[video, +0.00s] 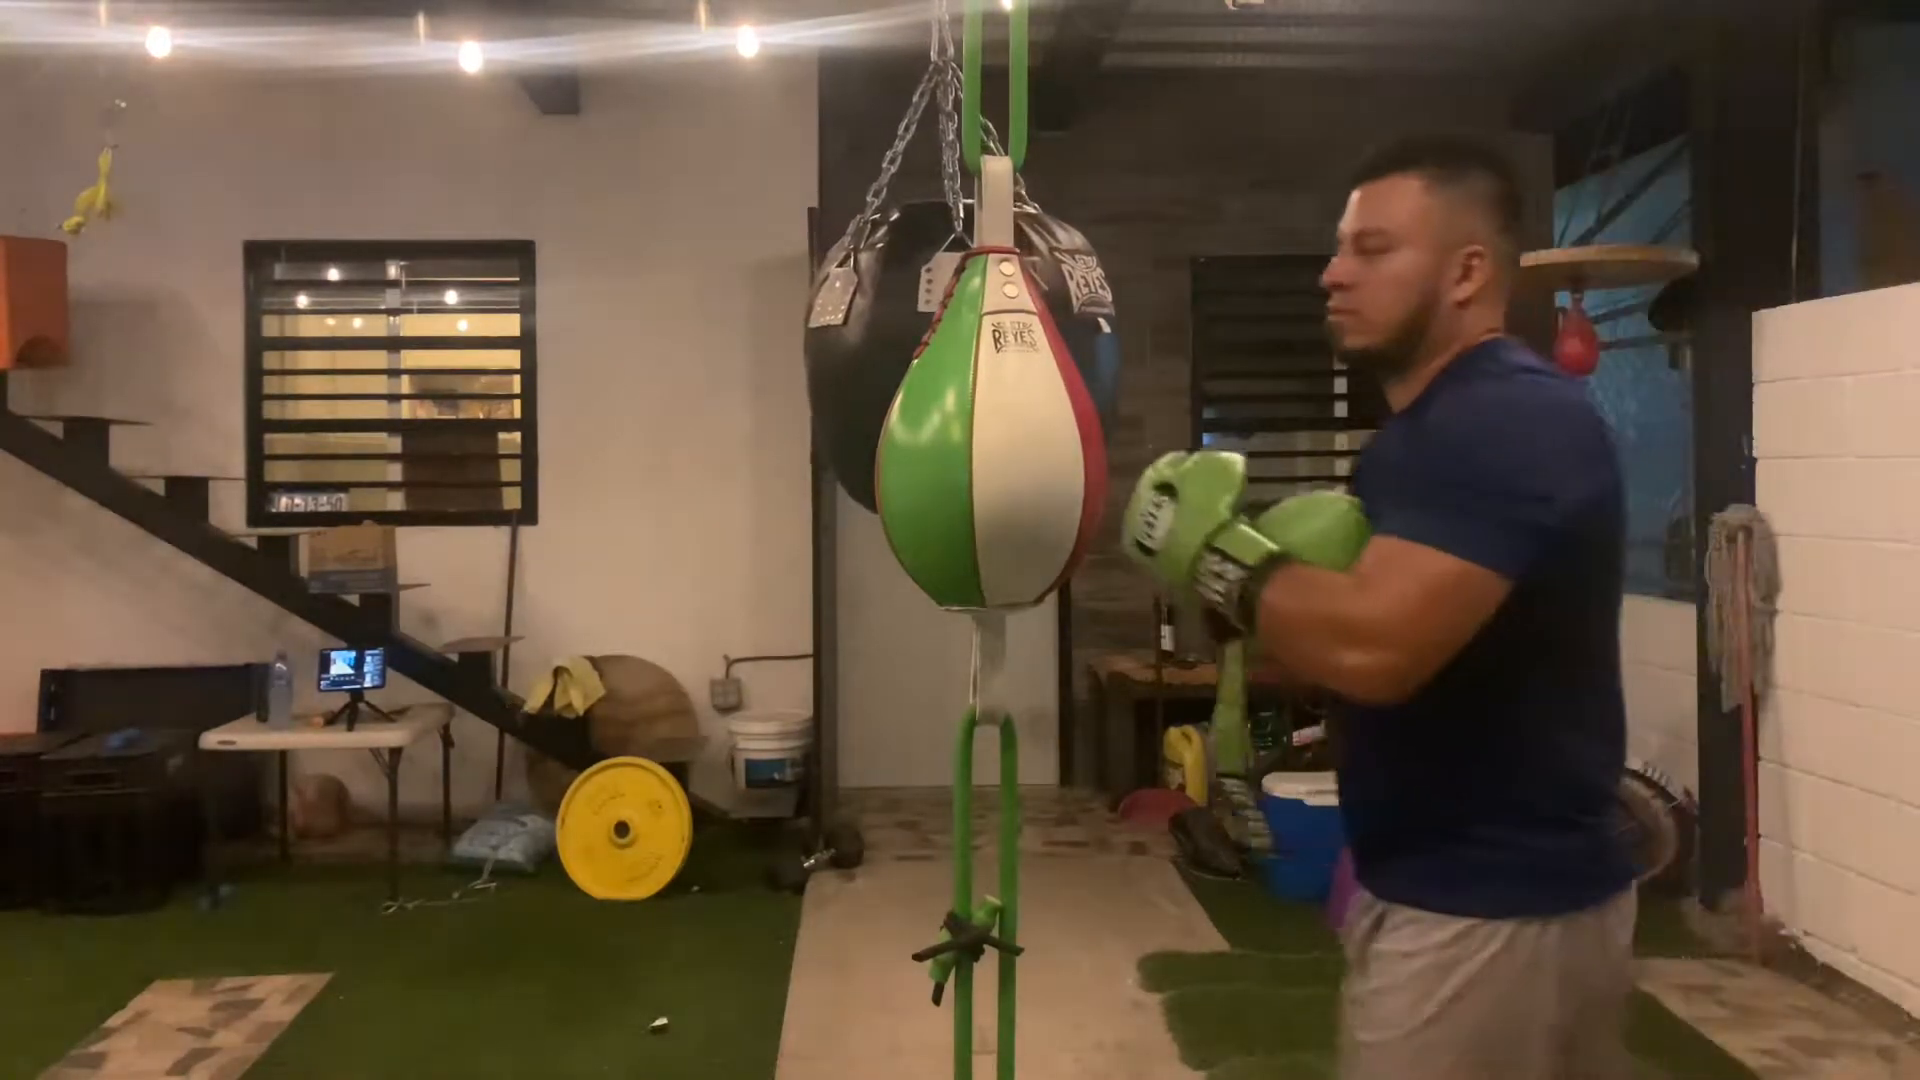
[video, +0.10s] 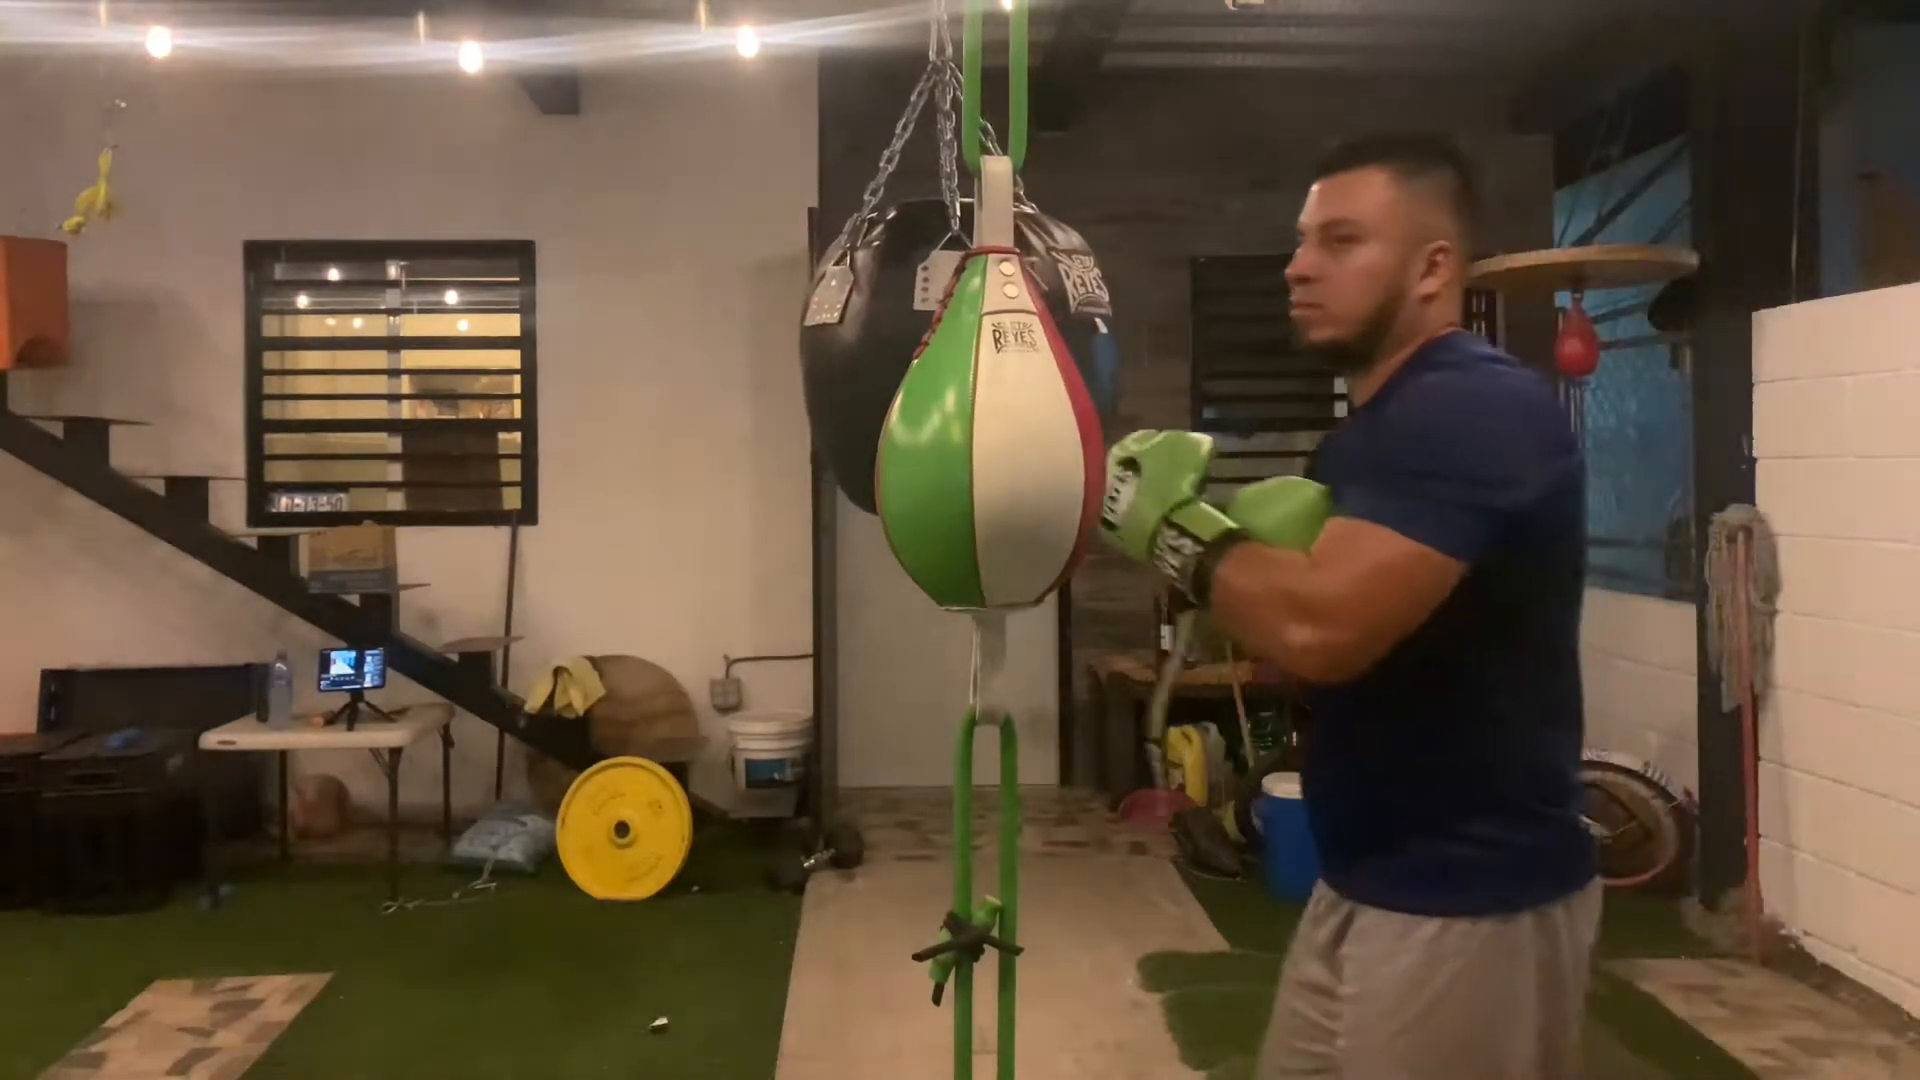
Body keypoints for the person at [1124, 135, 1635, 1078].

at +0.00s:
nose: (1333, 275)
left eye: (1371, 248)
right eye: (1338, 250)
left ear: (1467, 273)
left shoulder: (1508, 416)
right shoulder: (1428, 425)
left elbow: (1375, 647)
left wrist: (1223, 561)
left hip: (1488, 917)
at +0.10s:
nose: (1298, 267)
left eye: (1339, 240)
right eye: (1300, 243)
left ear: (1432, 265)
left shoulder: (1479, 404)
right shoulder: (1366, 427)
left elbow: (1317, 630)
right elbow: (1321, 601)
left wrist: (1174, 533)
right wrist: (1223, 551)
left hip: (1468, 910)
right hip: (1363, 886)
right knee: (1299, 1063)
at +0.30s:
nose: (1242, 264)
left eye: (1284, 239)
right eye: (1242, 241)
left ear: (1374, 269)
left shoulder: (1418, 398)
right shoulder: (1317, 423)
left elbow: (1241, 592)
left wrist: (1125, 502)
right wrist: (1149, 510)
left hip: (1427, 909)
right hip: (1303, 890)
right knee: (1246, 1069)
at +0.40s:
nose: (1207, 267)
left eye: (1246, 241)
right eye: (1202, 244)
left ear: (1332, 273)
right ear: (1193, 262)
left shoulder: (1391, 399)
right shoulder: (1239, 435)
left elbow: (1213, 582)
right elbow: (1162, 560)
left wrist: (1086, 516)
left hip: (1390, 907)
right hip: (1256, 887)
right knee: (1220, 1064)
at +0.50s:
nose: (1178, 271)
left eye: (1218, 247)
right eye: (1170, 251)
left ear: (1299, 279)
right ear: (1157, 274)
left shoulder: (1354, 406)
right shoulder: (1186, 447)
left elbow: (1195, 587)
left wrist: (1028, 531)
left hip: (1350, 905)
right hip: (1212, 887)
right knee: (1164, 1063)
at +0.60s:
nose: (1154, 278)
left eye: (1195, 253)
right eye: (1143, 257)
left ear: (1270, 281)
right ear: (1129, 278)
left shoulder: (1320, 412)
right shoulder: (1159, 449)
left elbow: (1177, 589)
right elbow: (1071, 557)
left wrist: (1002, 540)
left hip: (1309, 908)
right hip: (1168, 887)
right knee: (1107, 1067)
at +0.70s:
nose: (1122, 282)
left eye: (1158, 256)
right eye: (1104, 261)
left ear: (1223, 287)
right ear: (1085, 286)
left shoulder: (1270, 410)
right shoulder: (1106, 438)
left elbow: (1142, 585)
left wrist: (979, 528)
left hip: (1248, 899)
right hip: (1108, 879)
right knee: (1063, 1066)